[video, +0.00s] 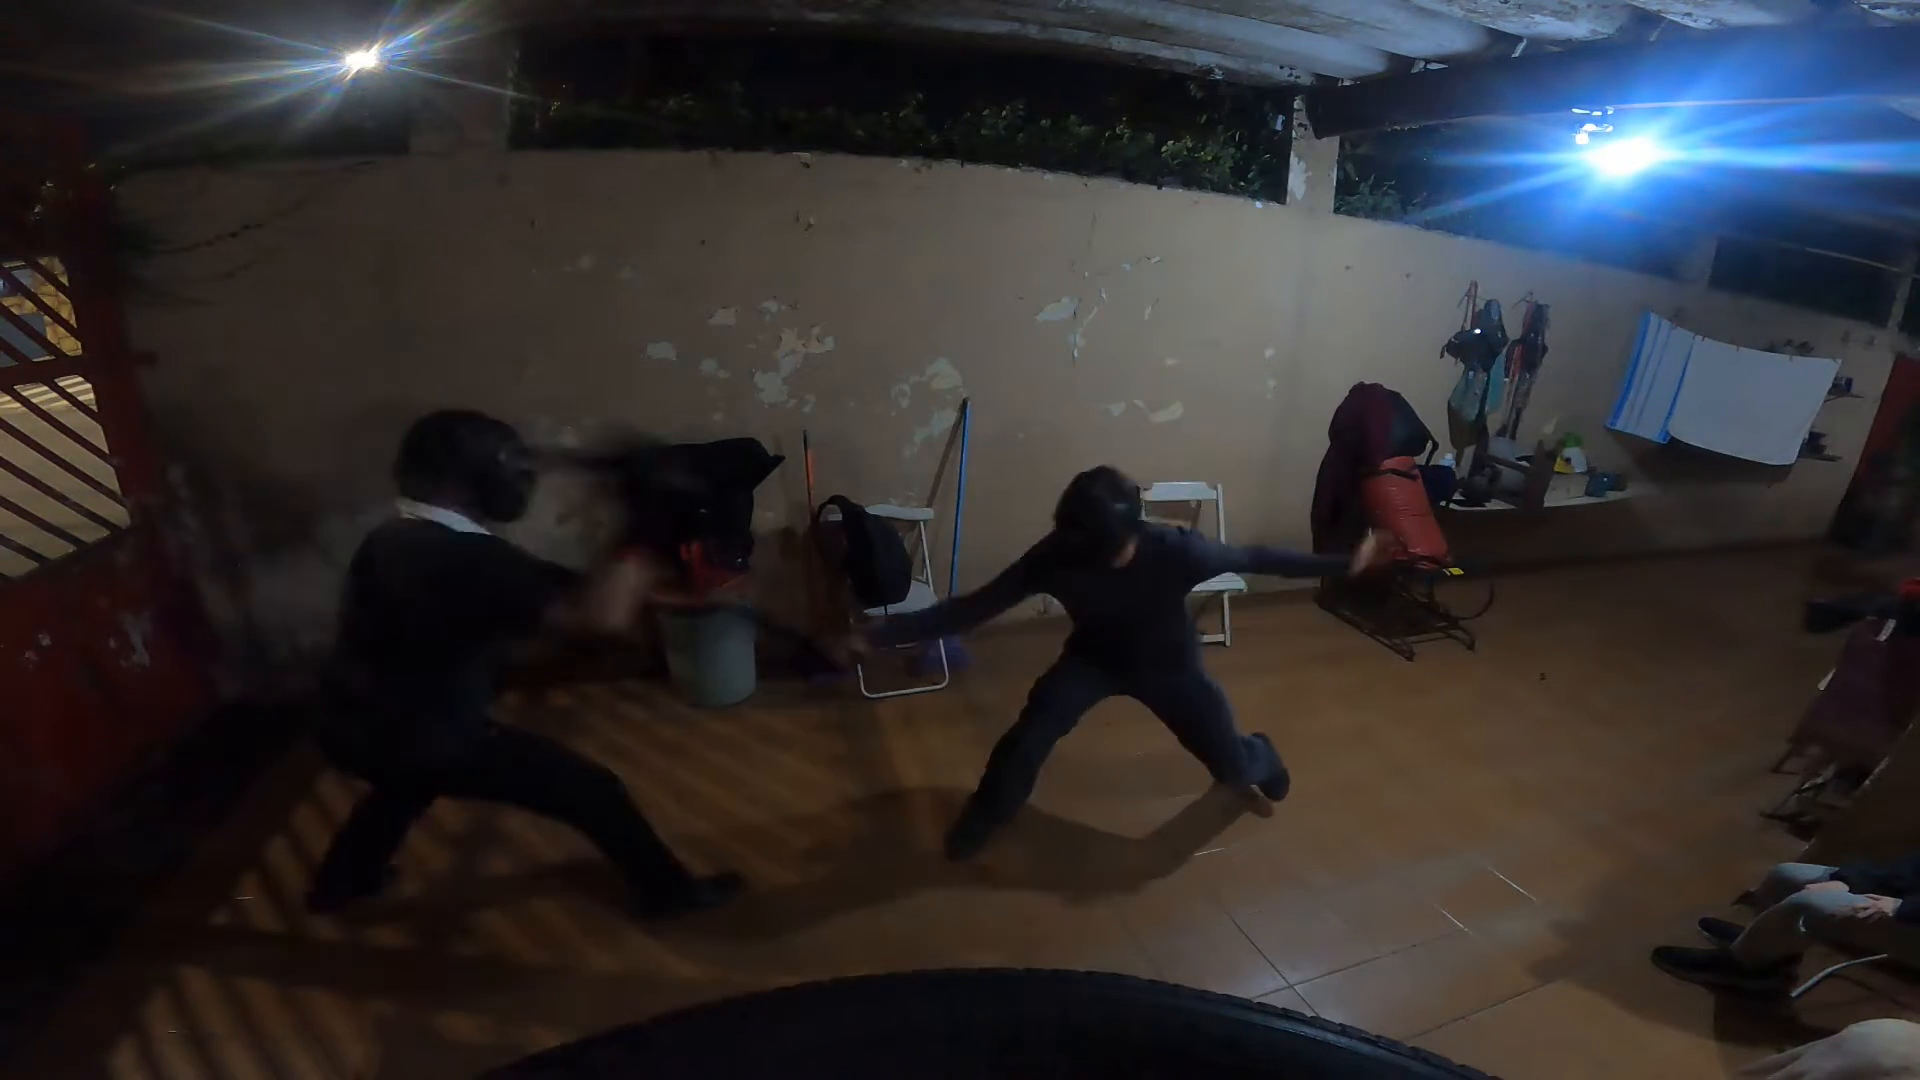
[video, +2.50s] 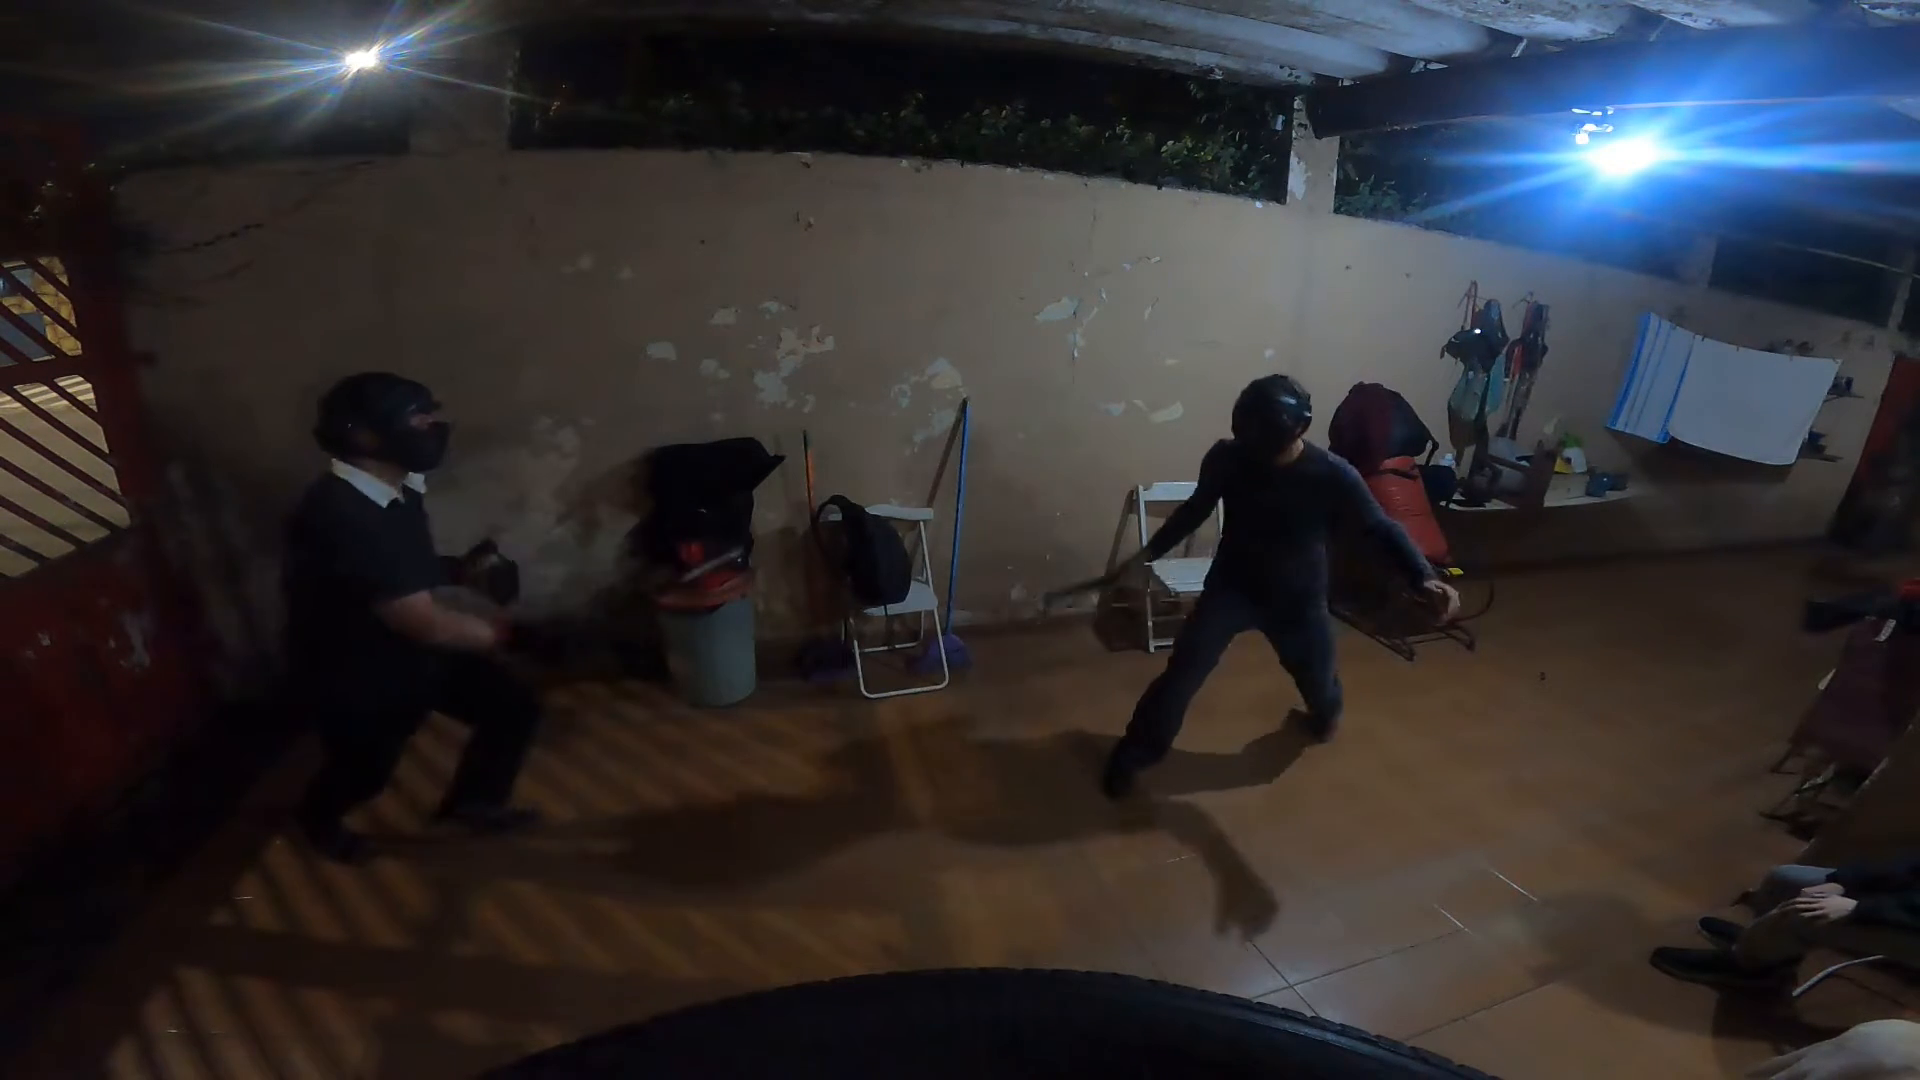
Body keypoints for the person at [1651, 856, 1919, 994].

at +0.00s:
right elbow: (1910, 870)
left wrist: (1904, 909)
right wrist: (1845, 879)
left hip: (1911, 922)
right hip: (1903, 893)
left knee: (1805, 906)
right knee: (1785, 876)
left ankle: (1738, 962)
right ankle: (1755, 942)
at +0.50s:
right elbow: (1909, 869)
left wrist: (1903, 908)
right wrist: (1846, 879)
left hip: (1911, 924)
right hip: (1902, 893)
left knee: (1806, 906)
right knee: (1786, 876)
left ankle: (1740, 961)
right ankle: (1752, 941)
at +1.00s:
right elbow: (1912, 870)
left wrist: (1903, 908)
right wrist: (1846, 880)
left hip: (1911, 925)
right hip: (1901, 892)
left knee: (1807, 905)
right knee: (1784, 877)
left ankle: (1739, 961)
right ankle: (1760, 945)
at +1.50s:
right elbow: (1911, 866)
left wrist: (1898, 908)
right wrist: (1849, 881)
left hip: (1910, 926)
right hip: (1900, 894)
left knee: (1803, 908)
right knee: (1785, 877)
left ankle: (1739, 962)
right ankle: (1762, 946)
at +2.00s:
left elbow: (1915, 907)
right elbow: (1910, 868)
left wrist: (1864, 906)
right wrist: (1845, 881)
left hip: (1910, 924)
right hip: (1898, 891)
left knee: (1796, 914)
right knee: (1782, 879)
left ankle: (1738, 963)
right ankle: (1764, 952)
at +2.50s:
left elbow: (1913, 916)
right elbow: (1910, 869)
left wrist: (1857, 910)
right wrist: (1843, 883)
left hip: (1910, 928)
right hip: (1903, 890)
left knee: (1800, 914)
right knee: (1783, 879)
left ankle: (1742, 962)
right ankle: (1757, 943)